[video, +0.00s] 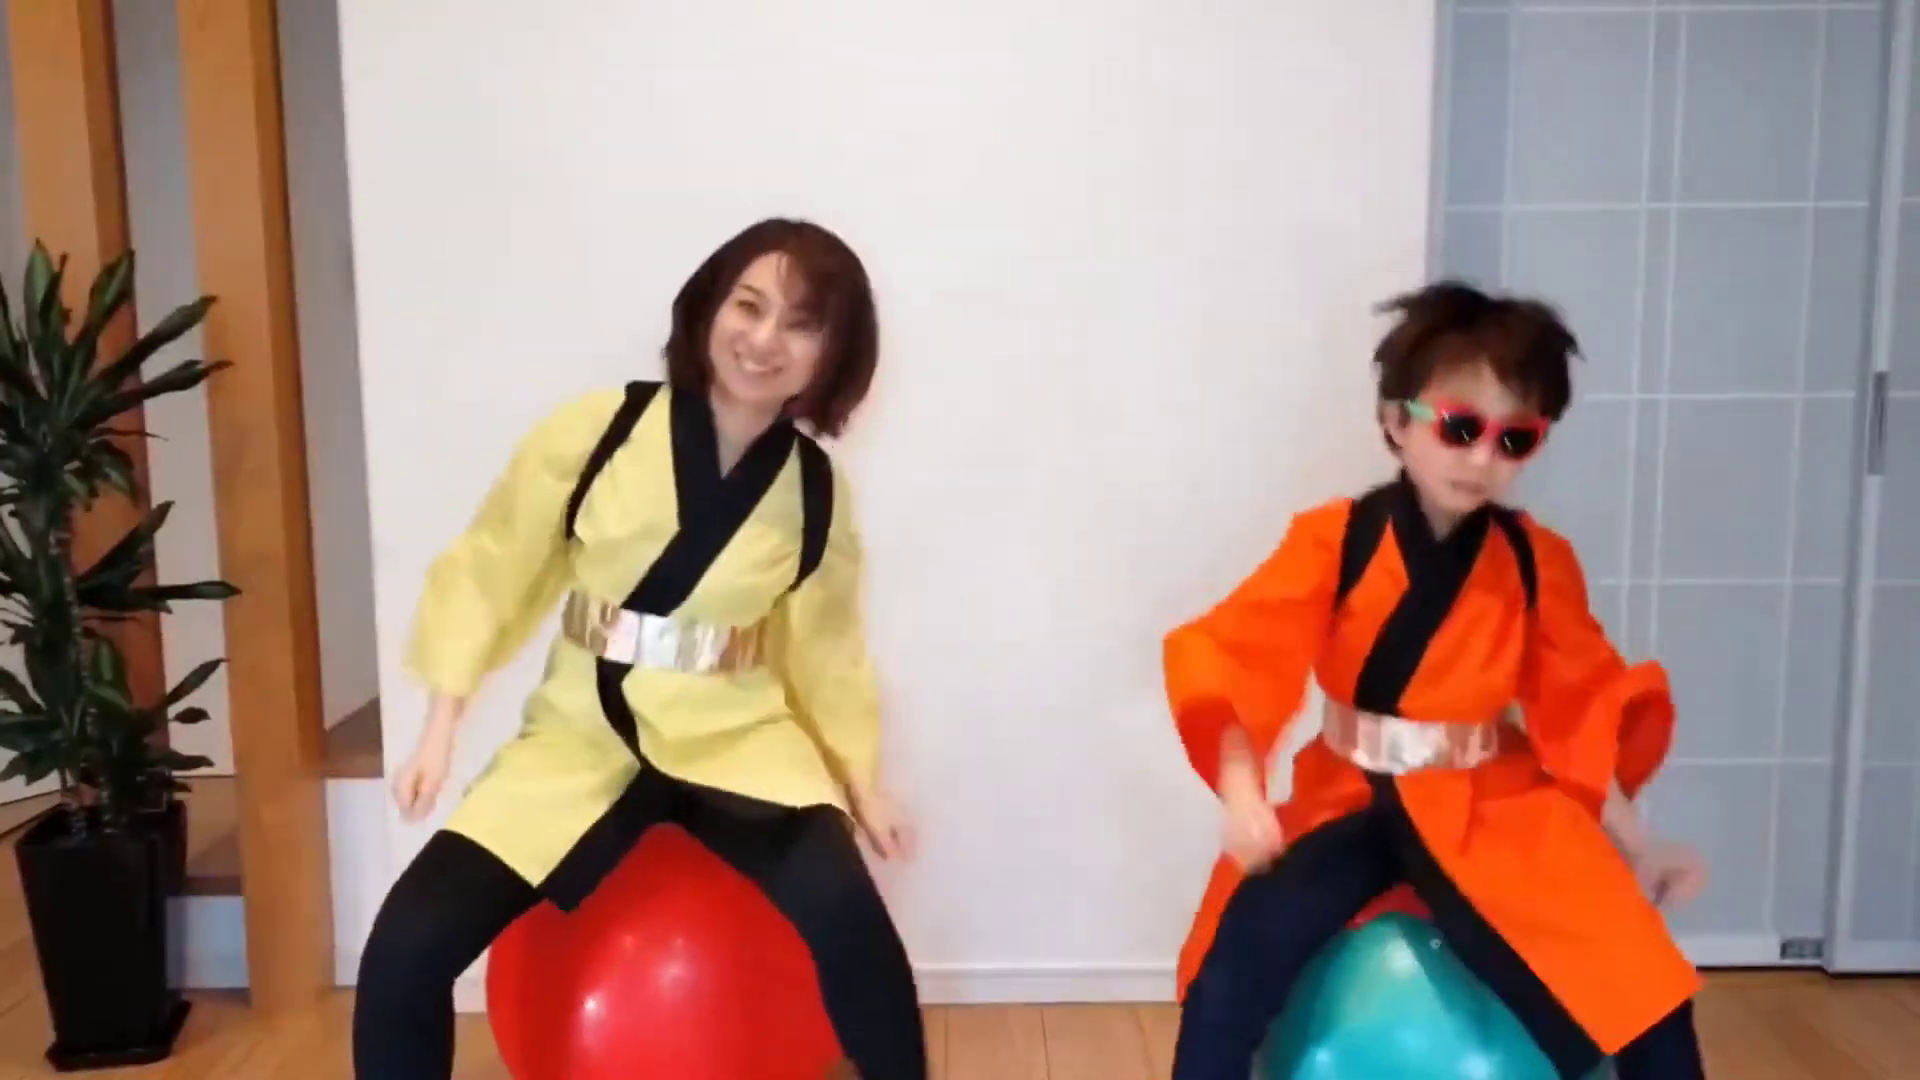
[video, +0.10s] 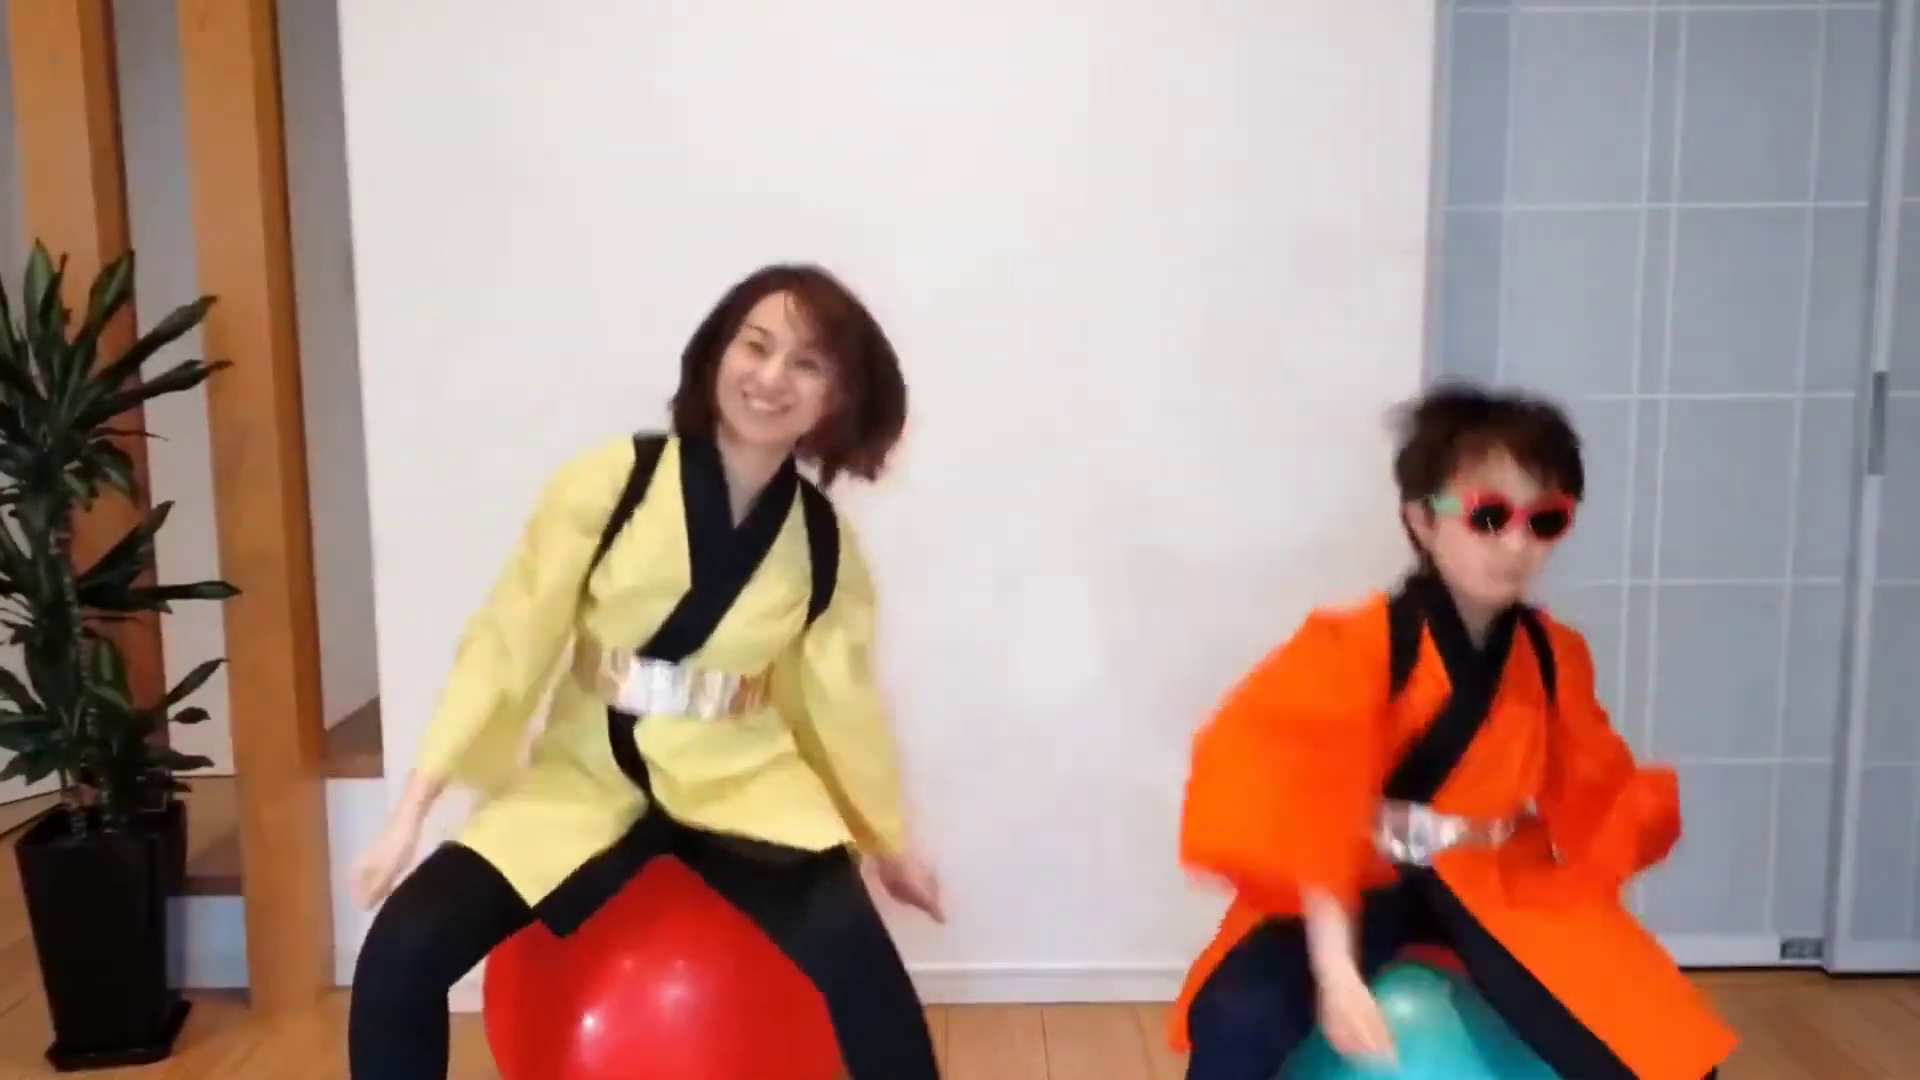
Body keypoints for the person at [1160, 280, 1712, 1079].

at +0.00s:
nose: (1483, 459)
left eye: (1515, 439)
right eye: (1459, 426)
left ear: (1537, 446)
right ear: (1397, 423)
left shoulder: (1536, 561)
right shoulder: (1336, 539)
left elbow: (1581, 714)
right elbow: (1223, 661)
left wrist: (1635, 842)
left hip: (1490, 805)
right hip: (1351, 800)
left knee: (1646, 983)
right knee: (1240, 954)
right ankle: (1207, 1067)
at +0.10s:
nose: (1519, 543)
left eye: (1545, 520)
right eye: (1489, 516)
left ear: (1565, 528)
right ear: (1421, 521)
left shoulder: (1554, 658)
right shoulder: (1353, 648)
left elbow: (1599, 795)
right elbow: (1310, 810)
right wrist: (1335, 973)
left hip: (1487, 887)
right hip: (1351, 885)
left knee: (1628, 1039)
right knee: (1237, 1017)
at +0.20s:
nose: (1536, 573)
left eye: (1560, 551)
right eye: (1505, 549)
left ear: (1578, 566)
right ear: (1439, 571)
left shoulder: (1562, 693)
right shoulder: (1391, 703)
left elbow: (1610, 828)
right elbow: (1417, 881)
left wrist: (1661, 938)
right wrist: (1479, 1048)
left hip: (1497, 935)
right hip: (1355, 939)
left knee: (1630, 1048)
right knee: (1253, 1050)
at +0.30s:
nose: (1549, 478)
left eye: (1574, 454)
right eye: (1517, 453)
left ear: (1595, 468)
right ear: (1451, 475)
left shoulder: (1592, 610)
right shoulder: (1407, 615)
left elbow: (1677, 726)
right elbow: (1478, 785)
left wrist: (1781, 824)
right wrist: (1630, 923)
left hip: (1523, 878)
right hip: (1386, 876)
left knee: (1666, 1039)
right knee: (1271, 1021)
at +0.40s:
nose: (1558, 397)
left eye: (1586, 373)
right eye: (1525, 371)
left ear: (1607, 388)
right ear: (1462, 391)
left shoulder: (1600, 525)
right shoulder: (1421, 523)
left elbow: (1711, 614)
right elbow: (1467, 667)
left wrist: (1860, 671)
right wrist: (1657, 694)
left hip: (1539, 801)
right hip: (1406, 790)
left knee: (1663, 1027)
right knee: (1292, 970)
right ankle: (1243, 1068)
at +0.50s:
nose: (1560, 399)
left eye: (1587, 377)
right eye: (1529, 373)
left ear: (1609, 391)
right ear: (1467, 389)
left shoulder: (1591, 517)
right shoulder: (1421, 504)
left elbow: (1698, 589)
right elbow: (1423, 618)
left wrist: (1828, 555)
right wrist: (1563, 558)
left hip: (1537, 780)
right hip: (1408, 774)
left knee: (1643, 1006)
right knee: (1306, 965)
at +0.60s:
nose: (1554, 478)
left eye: (1582, 454)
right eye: (1521, 451)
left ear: (1603, 468)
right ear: (1461, 465)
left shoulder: (1597, 597)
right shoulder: (1407, 576)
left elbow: (1725, 706)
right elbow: (1353, 698)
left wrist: (1707, 603)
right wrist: (1451, 597)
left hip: (1541, 848)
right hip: (1409, 838)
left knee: (1638, 1015)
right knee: (1311, 982)